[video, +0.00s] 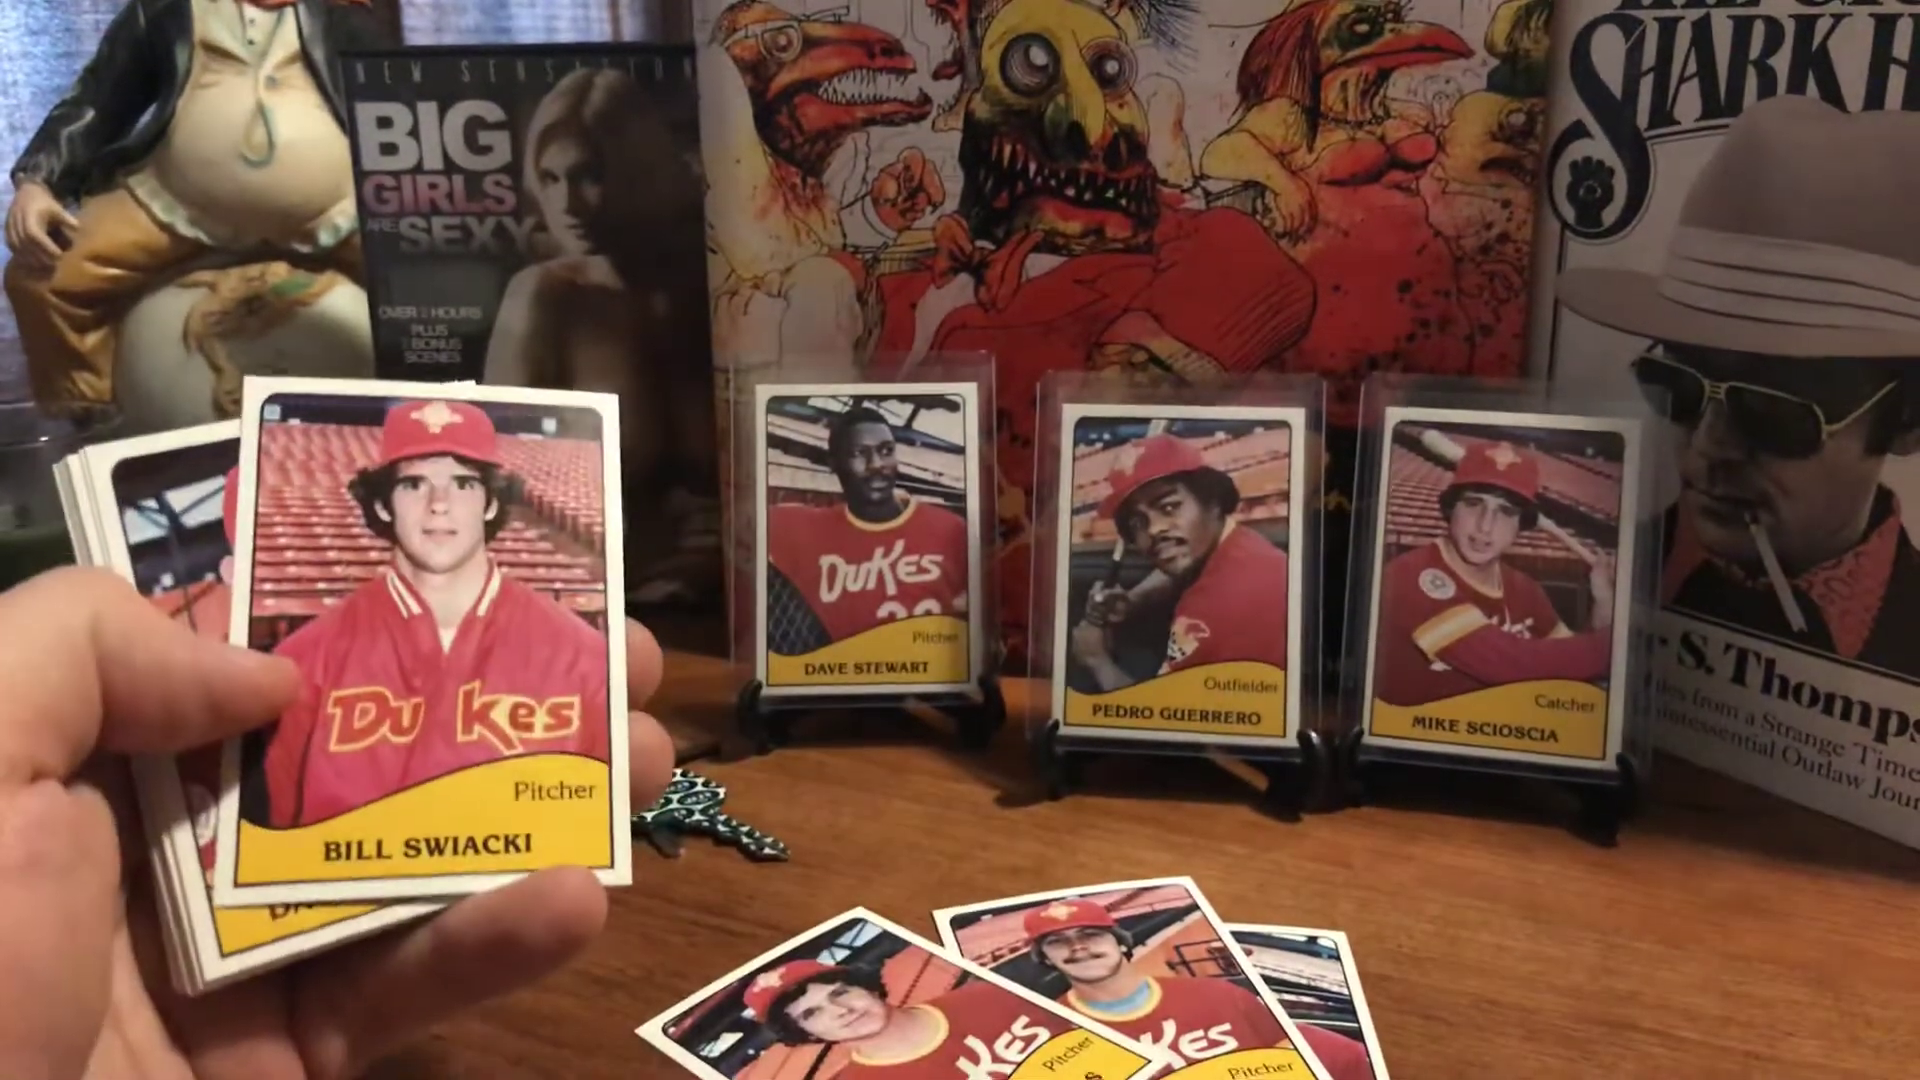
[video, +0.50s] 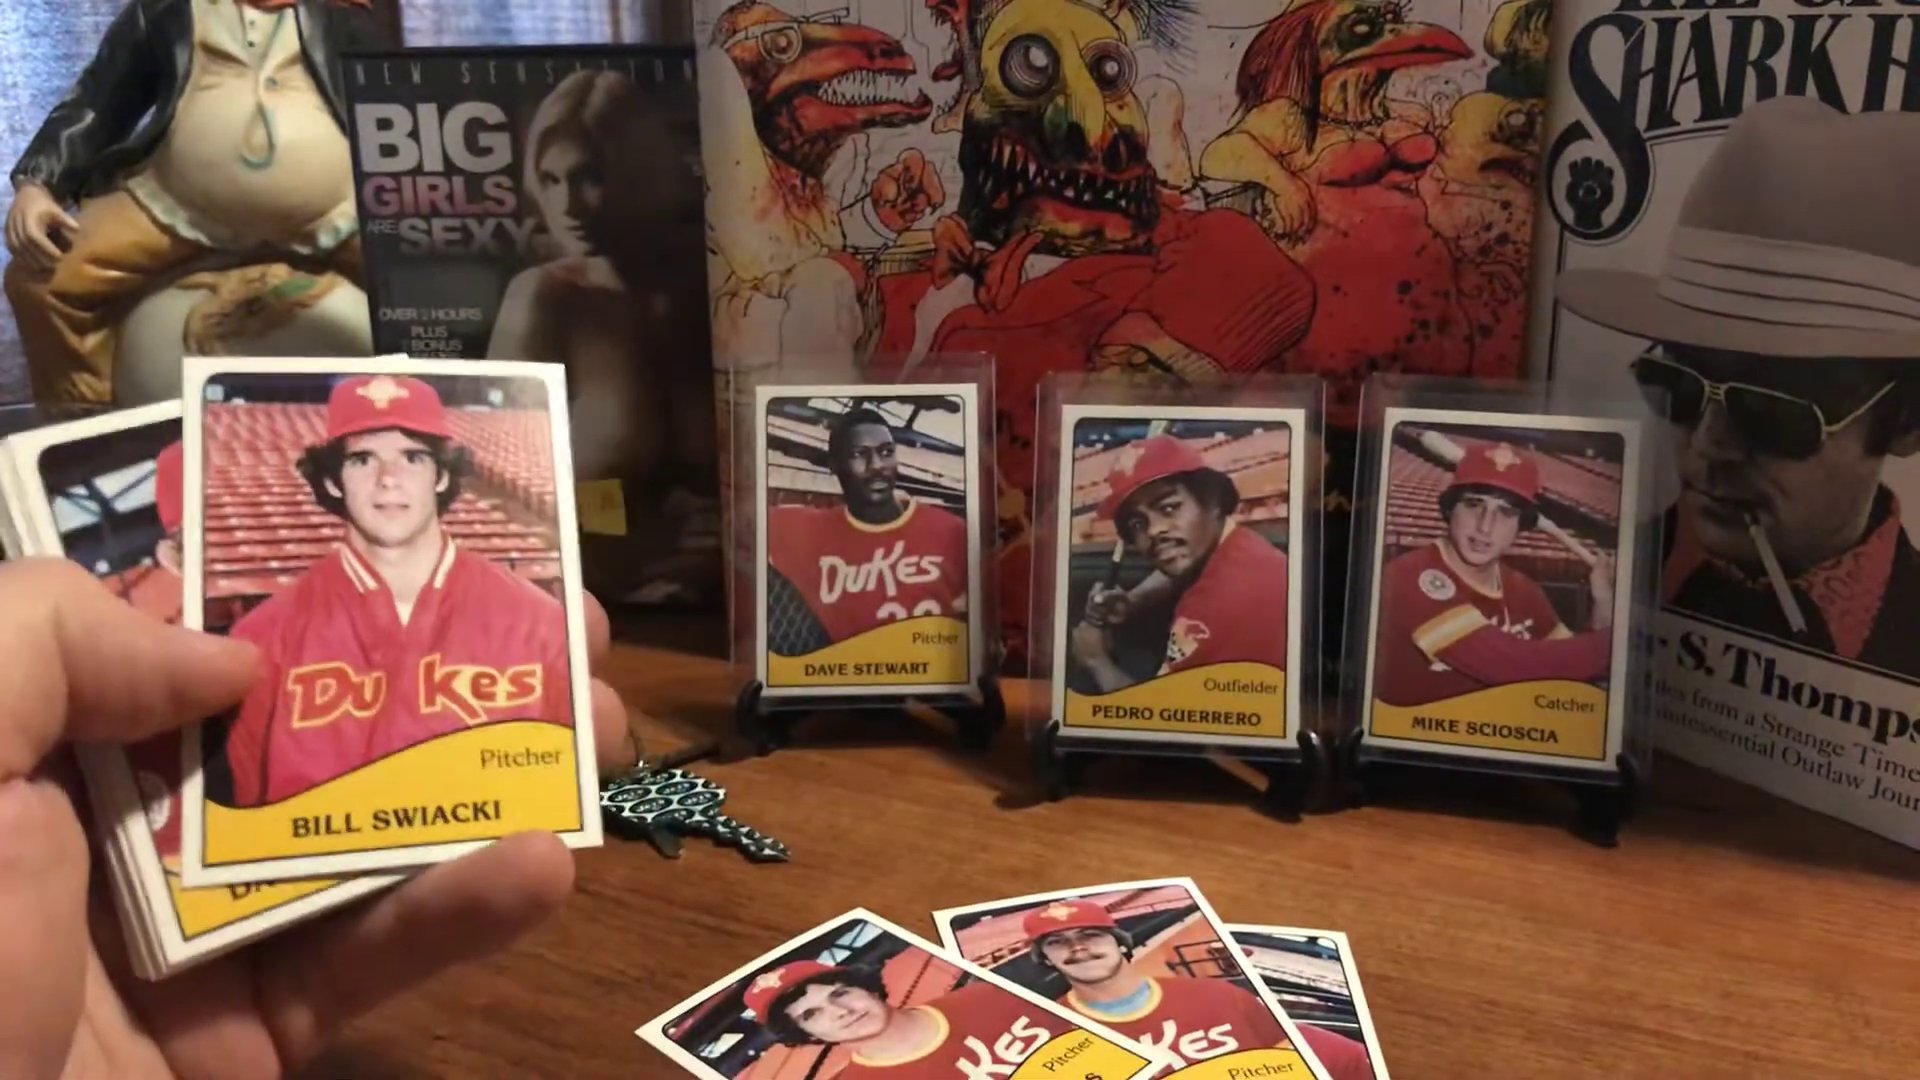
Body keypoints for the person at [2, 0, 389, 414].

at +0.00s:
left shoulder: (343, 16)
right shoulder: (162, 11)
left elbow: (395, 95)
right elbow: (98, 99)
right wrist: (34, 179)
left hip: (338, 209)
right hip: (176, 204)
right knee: (42, 278)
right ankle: (92, 430)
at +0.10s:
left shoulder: (343, 17)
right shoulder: (162, 13)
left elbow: (394, 91)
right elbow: (99, 99)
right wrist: (34, 180)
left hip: (340, 209)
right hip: (178, 206)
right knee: (43, 279)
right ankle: (96, 431)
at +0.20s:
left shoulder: (345, 20)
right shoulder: (163, 12)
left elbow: (398, 103)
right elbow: (97, 102)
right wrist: (34, 182)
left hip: (338, 214)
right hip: (177, 207)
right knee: (43, 282)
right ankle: (95, 431)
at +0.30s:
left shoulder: (346, 21)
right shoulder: (163, 13)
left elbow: (398, 104)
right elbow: (97, 103)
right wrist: (34, 182)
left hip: (338, 214)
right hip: (177, 208)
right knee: (43, 283)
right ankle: (95, 432)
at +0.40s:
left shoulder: (348, 14)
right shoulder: (163, 11)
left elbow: (397, 93)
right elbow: (100, 98)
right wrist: (34, 181)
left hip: (340, 209)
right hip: (178, 207)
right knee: (42, 279)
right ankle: (97, 434)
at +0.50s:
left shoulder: (347, 20)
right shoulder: (165, 12)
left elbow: (400, 105)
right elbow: (97, 102)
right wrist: (34, 182)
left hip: (338, 213)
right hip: (178, 207)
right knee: (43, 283)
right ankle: (89, 456)